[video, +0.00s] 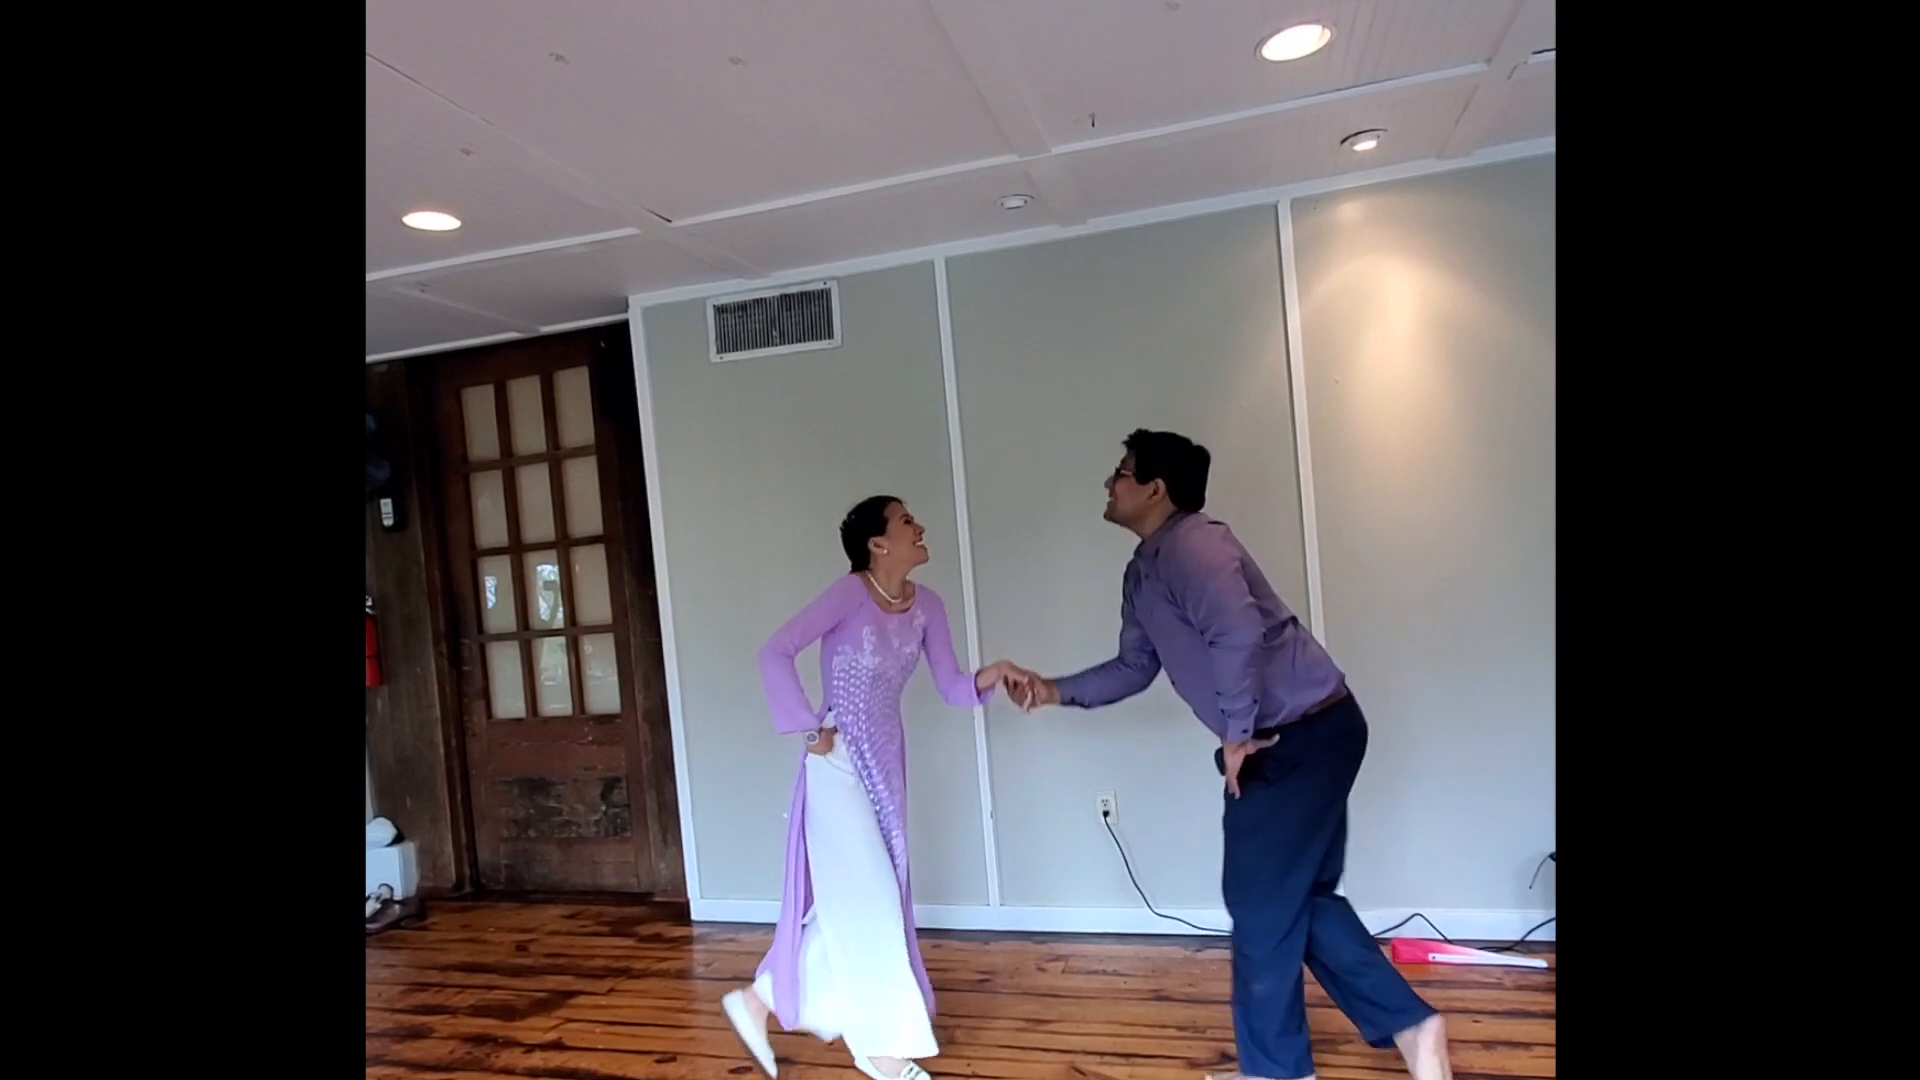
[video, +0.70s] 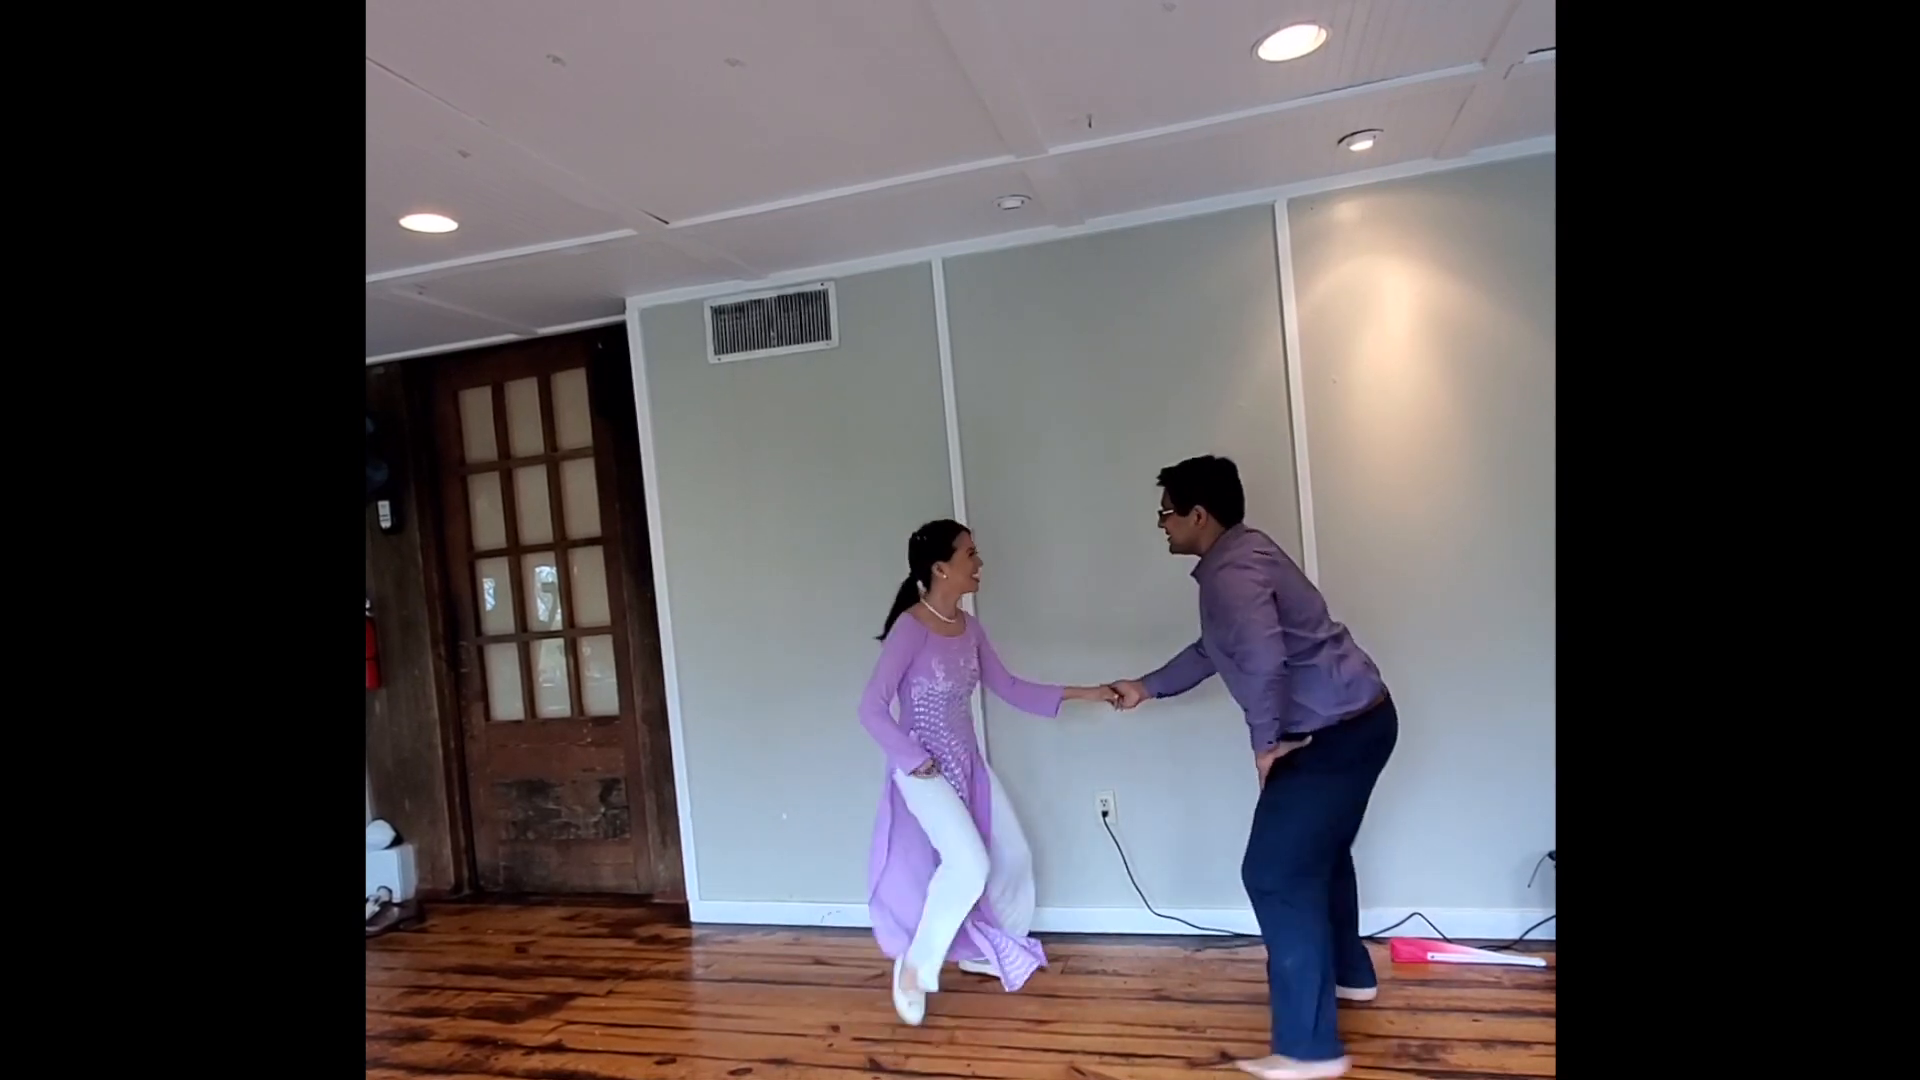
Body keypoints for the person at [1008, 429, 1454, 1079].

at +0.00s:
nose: (1109, 482)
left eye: (1121, 474)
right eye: (1116, 472)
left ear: (1155, 489)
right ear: (1151, 489)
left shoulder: (1192, 542)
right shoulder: (1145, 570)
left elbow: (1237, 628)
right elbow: (1134, 666)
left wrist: (1236, 731)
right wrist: (1054, 690)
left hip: (1297, 733)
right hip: (1299, 732)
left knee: (1259, 901)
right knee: (1300, 894)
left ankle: (1274, 1065)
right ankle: (1411, 1023)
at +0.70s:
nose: (1162, 521)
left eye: (1169, 510)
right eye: (1163, 510)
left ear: (1201, 514)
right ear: (1210, 513)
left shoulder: (1231, 570)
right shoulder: (1240, 553)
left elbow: (1264, 660)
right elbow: (1215, 647)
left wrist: (1266, 742)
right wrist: (1145, 686)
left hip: (1331, 729)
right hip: (1354, 719)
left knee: (1273, 873)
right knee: (1322, 850)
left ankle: (1308, 1046)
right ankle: (1349, 970)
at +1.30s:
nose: (1166, 518)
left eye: (1174, 507)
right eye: (1167, 507)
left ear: (1209, 511)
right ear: (1205, 513)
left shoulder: (1285, 555)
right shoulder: (1197, 596)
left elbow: (1372, 609)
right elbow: (1188, 668)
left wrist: (1370, 707)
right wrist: (1120, 701)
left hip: (1340, 722)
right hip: (1275, 731)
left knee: (1297, 844)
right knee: (1270, 848)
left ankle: (1348, 964)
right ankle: (1330, 962)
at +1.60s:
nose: (1172, 522)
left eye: (1181, 507)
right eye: (1169, 512)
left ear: (1224, 502)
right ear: (1209, 511)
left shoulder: (1319, 544)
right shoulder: (1181, 605)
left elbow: (1397, 600)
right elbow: (1150, 686)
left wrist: (1395, 695)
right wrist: (1073, 708)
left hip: (1336, 738)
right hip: (1251, 750)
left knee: (1333, 867)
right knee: (1268, 874)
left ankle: (1307, 995)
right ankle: (1332, 957)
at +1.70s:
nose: (1181, 515)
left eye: (1192, 501)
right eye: (1176, 506)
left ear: (1235, 500)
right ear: (1181, 516)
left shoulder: (1321, 546)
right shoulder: (1179, 599)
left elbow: (1392, 605)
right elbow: (1133, 667)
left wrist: (1399, 693)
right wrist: (1052, 683)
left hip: (1334, 742)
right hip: (1248, 753)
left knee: (1336, 873)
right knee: (1268, 879)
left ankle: (1312, 997)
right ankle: (1301, 950)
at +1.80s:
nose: (1186, 496)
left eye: (1198, 480)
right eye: (1179, 487)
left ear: (1242, 482)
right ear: (1183, 499)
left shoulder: (1319, 531)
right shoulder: (1178, 573)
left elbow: (1378, 591)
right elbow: (1112, 619)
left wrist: (1395, 676)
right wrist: (1024, 639)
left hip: (1329, 730)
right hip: (1246, 739)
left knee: (1331, 867)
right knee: (1273, 868)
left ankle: (1311, 995)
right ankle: (1294, 954)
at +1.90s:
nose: (1192, 484)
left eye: (1203, 469)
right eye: (1184, 477)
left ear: (1247, 470)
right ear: (1186, 489)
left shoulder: (1318, 514)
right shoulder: (1189, 549)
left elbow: (1365, 575)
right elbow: (1125, 588)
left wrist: (1380, 657)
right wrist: (1039, 599)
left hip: (1318, 713)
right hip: (1238, 721)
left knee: (1332, 840)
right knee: (1262, 852)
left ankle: (1291, 976)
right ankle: (1285, 960)